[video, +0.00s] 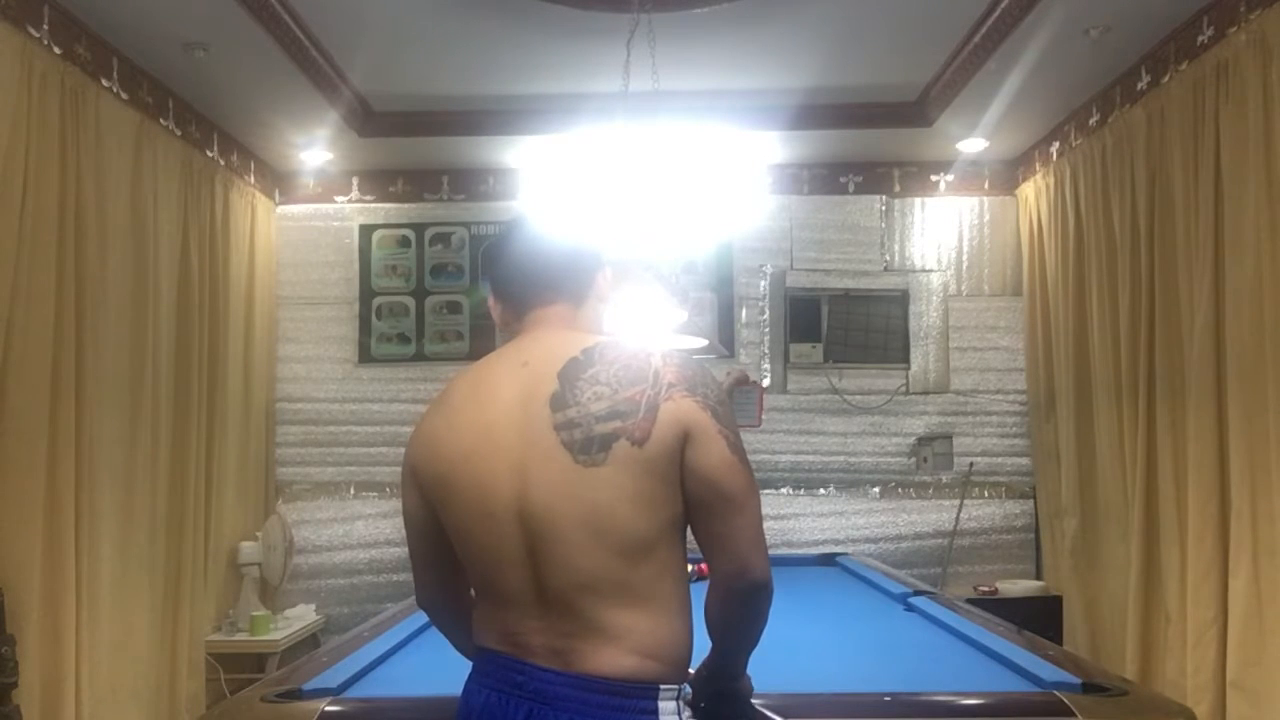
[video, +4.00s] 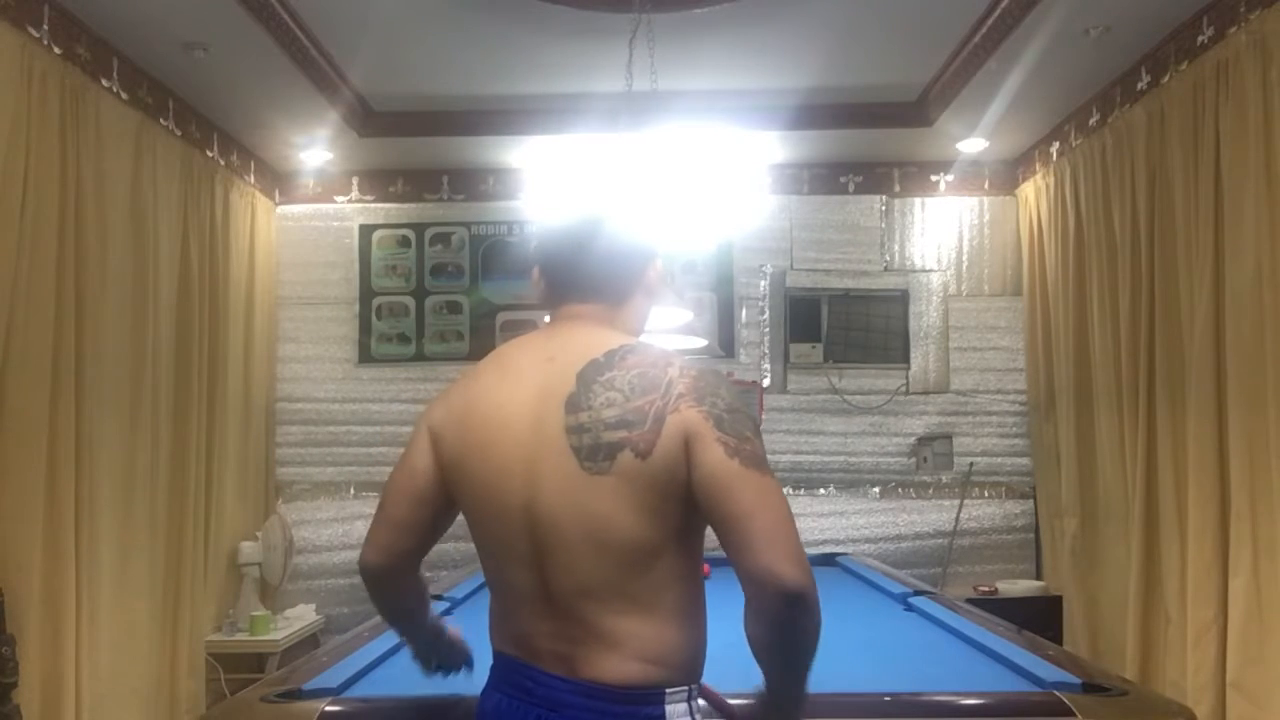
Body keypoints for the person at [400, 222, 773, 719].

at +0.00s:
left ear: (496, 308)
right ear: (603, 282)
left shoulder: (441, 415)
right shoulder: (672, 383)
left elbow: (438, 594)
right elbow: (746, 575)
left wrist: (501, 664)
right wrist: (725, 673)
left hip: (493, 699)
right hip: (637, 702)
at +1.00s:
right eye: (639, 290)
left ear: (520, 298)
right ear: (626, 290)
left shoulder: (444, 404)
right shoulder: (664, 387)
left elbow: (436, 583)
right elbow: (734, 584)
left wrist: (498, 656)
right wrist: (722, 675)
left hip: (481, 696)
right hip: (619, 702)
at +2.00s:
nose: (655, 309)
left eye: (658, 293)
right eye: (656, 292)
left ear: (546, 287)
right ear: (642, 293)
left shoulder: (456, 391)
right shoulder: (674, 396)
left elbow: (381, 549)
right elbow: (743, 569)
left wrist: (462, 637)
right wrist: (690, 545)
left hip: (480, 697)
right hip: (611, 703)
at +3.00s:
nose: (650, 293)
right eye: (648, 279)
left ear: (524, 288)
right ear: (633, 281)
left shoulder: (458, 402)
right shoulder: (661, 388)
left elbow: (454, 587)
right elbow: (745, 583)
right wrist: (715, 678)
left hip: (490, 695)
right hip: (625, 703)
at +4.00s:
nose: (661, 282)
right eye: (659, 269)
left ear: (542, 280)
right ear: (646, 276)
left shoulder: (467, 392)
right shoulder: (689, 387)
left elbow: (383, 560)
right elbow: (785, 584)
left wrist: (428, 637)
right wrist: (781, 700)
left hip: (512, 698)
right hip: (648, 703)